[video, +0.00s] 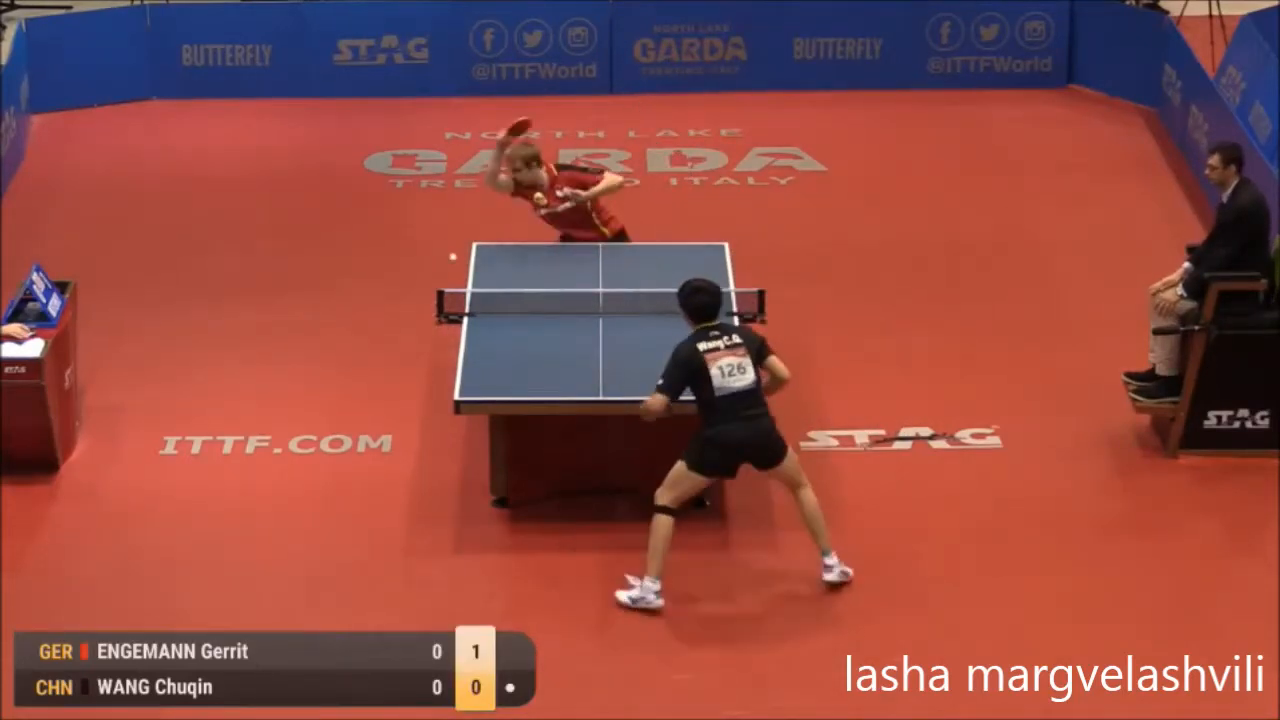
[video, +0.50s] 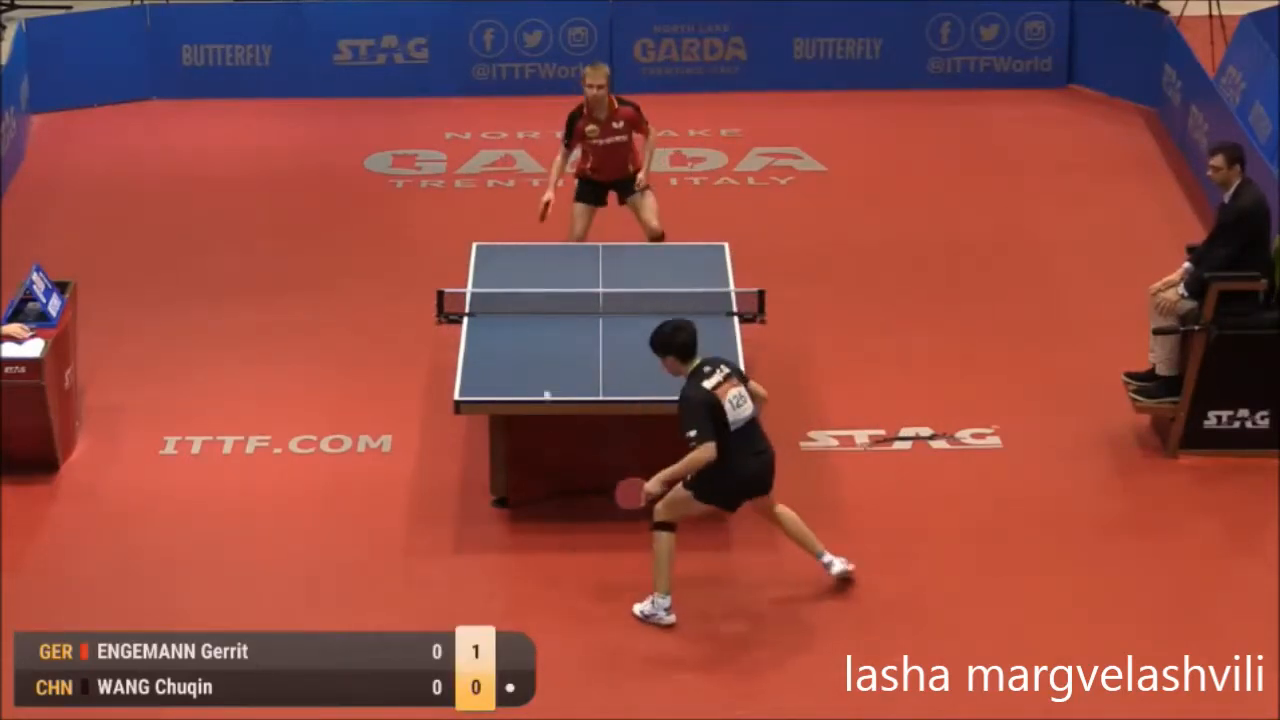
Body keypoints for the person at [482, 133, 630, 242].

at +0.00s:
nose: (513, 177)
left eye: (517, 171)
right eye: (512, 171)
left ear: (534, 166)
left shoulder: (567, 176)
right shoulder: (526, 187)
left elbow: (616, 180)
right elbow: (492, 181)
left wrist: (588, 195)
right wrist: (500, 149)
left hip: (609, 239)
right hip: (573, 241)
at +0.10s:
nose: (535, 160)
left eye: (539, 154)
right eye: (533, 155)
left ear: (556, 149)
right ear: (531, 152)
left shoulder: (583, 165)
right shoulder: (539, 171)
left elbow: (631, 173)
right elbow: (496, 169)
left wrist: (604, 191)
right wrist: (506, 136)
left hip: (610, 238)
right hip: (571, 240)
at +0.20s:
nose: (568, 133)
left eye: (574, 128)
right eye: (564, 127)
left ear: (586, 126)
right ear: (559, 127)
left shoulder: (606, 144)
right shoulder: (558, 148)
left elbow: (651, 159)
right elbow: (520, 162)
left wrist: (636, 191)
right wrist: (502, 151)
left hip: (616, 212)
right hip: (579, 213)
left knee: (629, 256)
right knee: (559, 253)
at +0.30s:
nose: (579, 121)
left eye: (584, 115)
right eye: (574, 115)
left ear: (595, 115)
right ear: (569, 115)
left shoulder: (615, 135)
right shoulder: (568, 139)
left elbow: (657, 152)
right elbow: (540, 161)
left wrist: (648, 187)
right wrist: (519, 163)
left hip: (622, 198)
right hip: (587, 197)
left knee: (634, 247)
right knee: (558, 241)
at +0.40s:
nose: (589, 101)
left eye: (594, 96)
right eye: (584, 95)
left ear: (604, 96)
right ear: (577, 95)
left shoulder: (624, 117)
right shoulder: (575, 123)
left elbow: (653, 136)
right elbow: (555, 155)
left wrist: (650, 173)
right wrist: (538, 179)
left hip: (627, 182)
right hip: (591, 183)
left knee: (651, 233)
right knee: (570, 235)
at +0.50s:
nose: (595, 93)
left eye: (600, 87)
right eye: (590, 87)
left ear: (608, 87)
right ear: (583, 87)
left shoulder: (628, 112)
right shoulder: (577, 117)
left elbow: (650, 134)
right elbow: (564, 154)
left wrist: (644, 171)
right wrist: (550, 190)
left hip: (627, 177)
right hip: (591, 179)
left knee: (655, 230)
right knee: (577, 237)